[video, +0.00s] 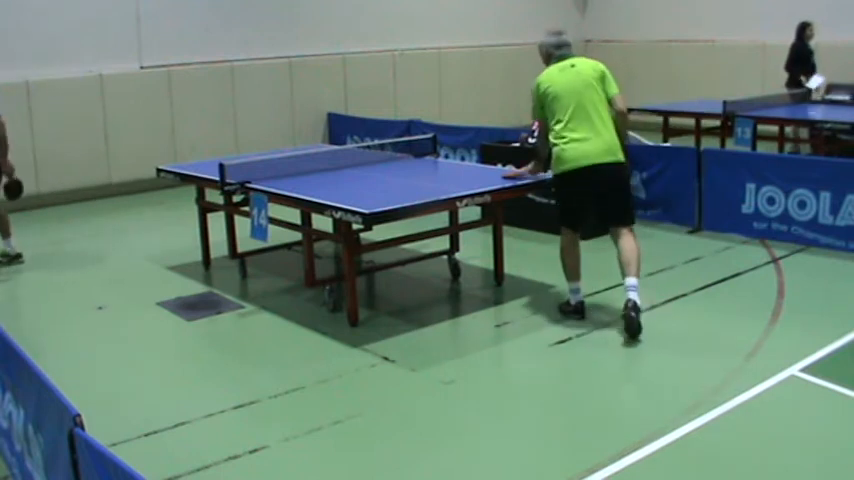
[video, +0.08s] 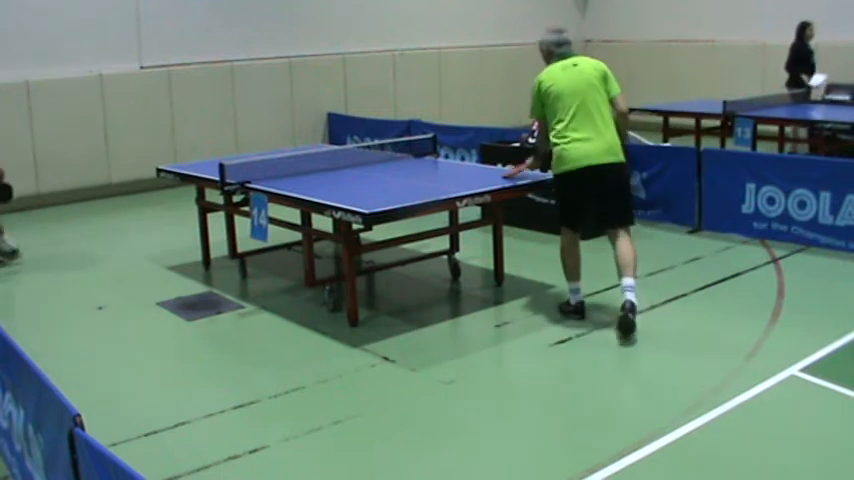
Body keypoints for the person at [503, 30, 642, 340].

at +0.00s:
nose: (540, 61)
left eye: (540, 56)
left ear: (545, 55)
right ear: (570, 49)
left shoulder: (542, 82)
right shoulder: (596, 68)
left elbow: (542, 132)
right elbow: (620, 109)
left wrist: (539, 164)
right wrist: (619, 145)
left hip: (570, 167)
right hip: (610, 161)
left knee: (569, 233)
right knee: (623, 230)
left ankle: (575, 300)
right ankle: (633, 298)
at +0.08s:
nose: (540, 58)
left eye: (540, 54)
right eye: (542, 53)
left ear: (546, 53)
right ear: (570, 47)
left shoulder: (543, 81)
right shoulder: (597, 67)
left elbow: (542, 133)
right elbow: (622, 110)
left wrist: (539, 161)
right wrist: (618, 141)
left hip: (570, 166)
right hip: (610, 161)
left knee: (569, 233)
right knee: (619, 230)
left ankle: (576, 300)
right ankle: (630, 298)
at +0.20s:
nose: (544, 56)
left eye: (544, 52)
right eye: (544, 52)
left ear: (550, 49)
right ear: (574, 44)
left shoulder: (547, 79)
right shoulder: (602, 67)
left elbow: (543, 131)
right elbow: (625, 112)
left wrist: (536, 156)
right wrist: (619, 139)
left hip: (572, 168)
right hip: (612, 163)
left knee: (570, 234)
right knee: (616, 233)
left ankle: (575, 300)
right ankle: (629, 300)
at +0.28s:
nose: (548, 53)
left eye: (548, 49)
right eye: (549, 49)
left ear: (554, 48)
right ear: (580, 43)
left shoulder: (550, 78)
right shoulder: (607, 68)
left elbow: (544, 129)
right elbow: (629, 114)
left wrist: (540, 148)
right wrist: (619, 137)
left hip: (574, 171)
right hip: (614, 167)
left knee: (571, 237)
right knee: (618, 238)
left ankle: (576, 301)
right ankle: (632, 305)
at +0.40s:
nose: (557, 51)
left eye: (557, 47)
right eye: (558, 46)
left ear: (563, 46)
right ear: (588, 42)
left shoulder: (559, 78)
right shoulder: (615, 71)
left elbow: (548, 132)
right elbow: (634, 119)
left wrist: (542, 138)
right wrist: (608, 120)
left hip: (577, 175)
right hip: (618, 172)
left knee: (574, 239)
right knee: (621, 245)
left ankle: (576, 301)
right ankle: (631, 316)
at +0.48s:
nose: (563, 50)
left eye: (564, 45)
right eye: (565, 45)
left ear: (570, 45)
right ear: (596, 42)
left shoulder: (566, 79)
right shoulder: (623, 73)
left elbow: (553, 134)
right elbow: (637, 122)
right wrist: (609, 122)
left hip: (583, 177)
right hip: (623, 175)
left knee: (577, 243)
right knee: (621, 248)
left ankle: (575, 301)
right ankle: (628, 322)